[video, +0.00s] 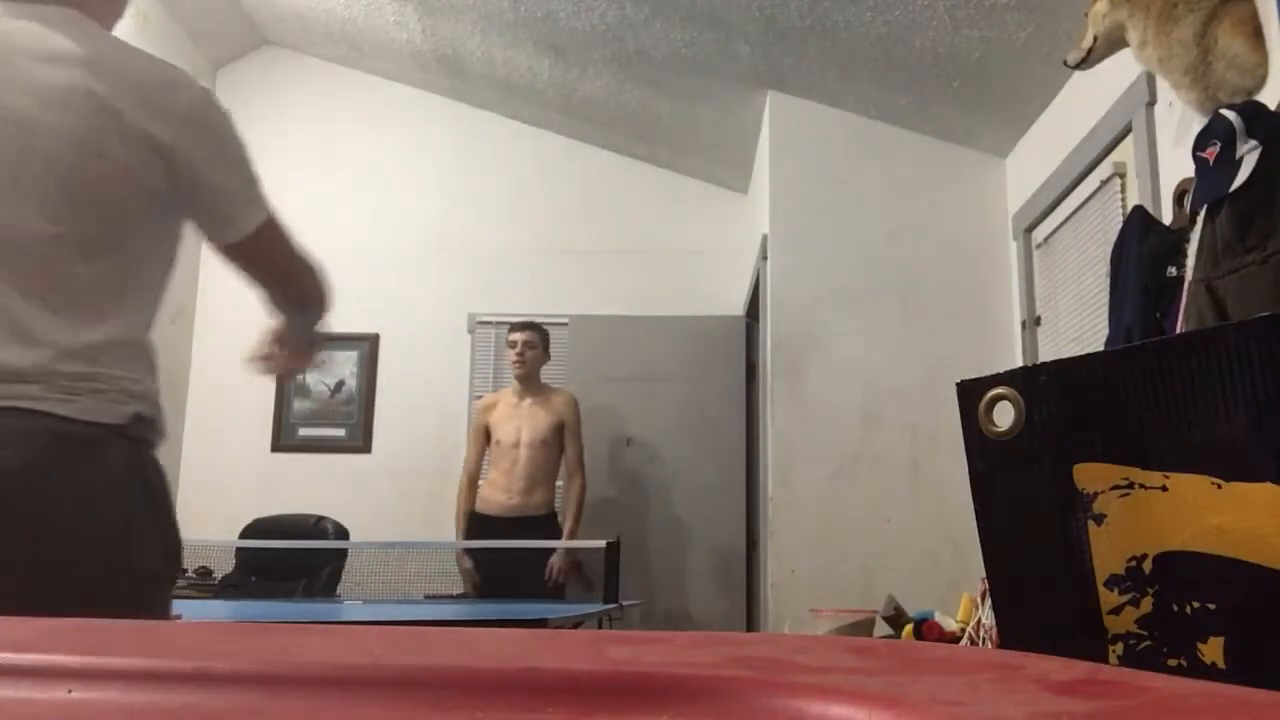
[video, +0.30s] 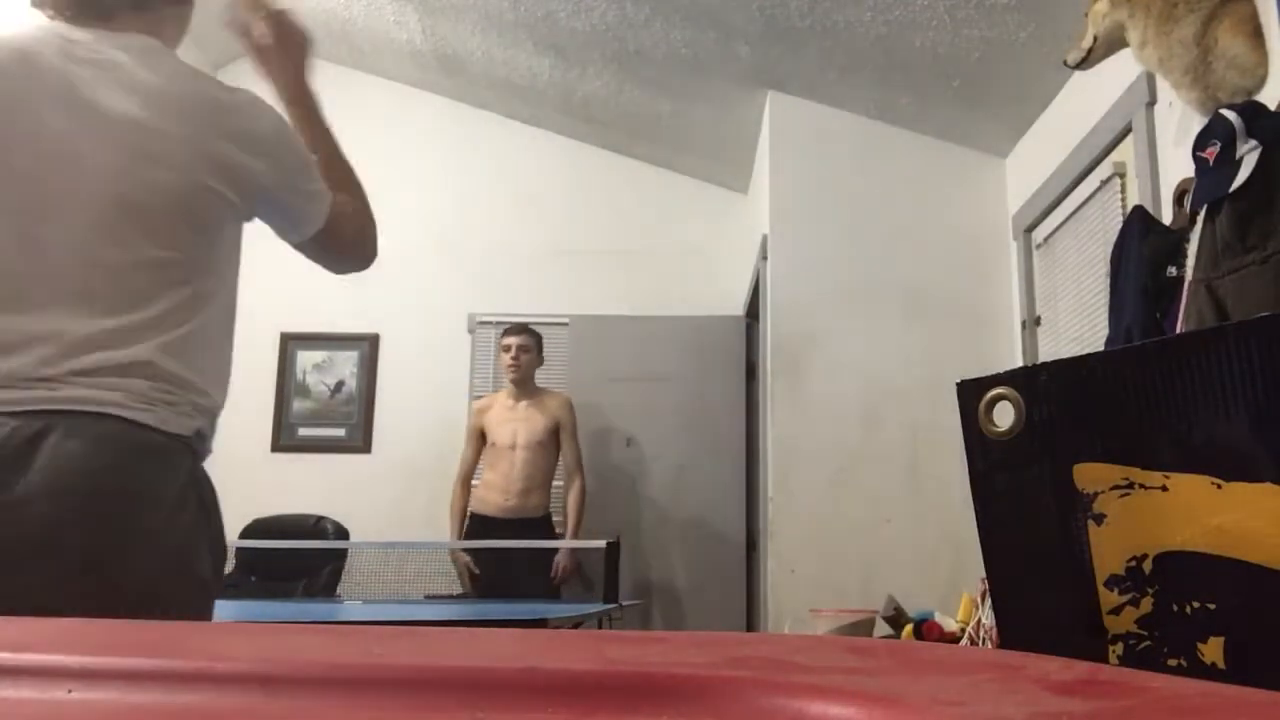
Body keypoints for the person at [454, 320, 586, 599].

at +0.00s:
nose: (518, 353)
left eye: (529, 346)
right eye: (512, 346)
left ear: (545, 356)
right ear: (507, 353)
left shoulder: (562, 404)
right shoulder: (487, 406)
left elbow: (575, 478)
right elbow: (470, 476)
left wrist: (565, 545)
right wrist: (460, 543)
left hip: (538, 528)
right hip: (485, 527)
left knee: (540, 627)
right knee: (486, 625)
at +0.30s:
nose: (513, 356)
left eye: (523, 349)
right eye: (506, 349)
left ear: (539, 359)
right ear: (499, 357)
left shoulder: (558, 406)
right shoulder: (482, 409)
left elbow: (575, 478)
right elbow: (463, 481)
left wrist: (569, 544)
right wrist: (454, 545)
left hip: (534, 530)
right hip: (483, 529)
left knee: (535, 630)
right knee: (484, 628)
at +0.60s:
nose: (514, 357)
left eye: (524, 351)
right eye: (507, 351)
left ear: (539, 360)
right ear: (499, 360)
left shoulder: (558, 407)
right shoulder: (482, 410)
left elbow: (574, 479)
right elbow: (463, 481)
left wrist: (569, 546)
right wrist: (457, 544)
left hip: (535, 530)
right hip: (483, 528)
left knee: (535, 629)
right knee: (483, 627)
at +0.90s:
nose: (512, 372)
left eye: (522, 363)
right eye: (506, 363)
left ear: (539, 363)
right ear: (498, 364)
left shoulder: (560, 408)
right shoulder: (483, 410)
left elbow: (574, 481)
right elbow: (470, 479)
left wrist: (563, 549)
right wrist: (465, 535)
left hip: (539, 531)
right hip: (488, 529)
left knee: (536, 630)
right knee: (485, 628)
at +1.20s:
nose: (506, 392)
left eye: (515, 382)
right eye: (499, 382)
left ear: (534, 371)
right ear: (492, 376)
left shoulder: (559, 415)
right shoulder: (484, 417)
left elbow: (567, 494)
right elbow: (479, 493)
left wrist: (547, 560)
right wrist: (479, 556)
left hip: (547, 531)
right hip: (499, 530)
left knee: (547, 627)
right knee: (499, 629)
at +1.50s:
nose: (504, 406)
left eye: (510, 396)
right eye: (495, 399)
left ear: (527, 379)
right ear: (487, 394)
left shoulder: (560, 417)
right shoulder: (489, 428)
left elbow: (584, 492)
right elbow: (491, 501)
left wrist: (561, 559)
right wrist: (492, 564)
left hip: (564, 533)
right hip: (518, 535)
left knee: (563, 630)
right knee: (516, 631)